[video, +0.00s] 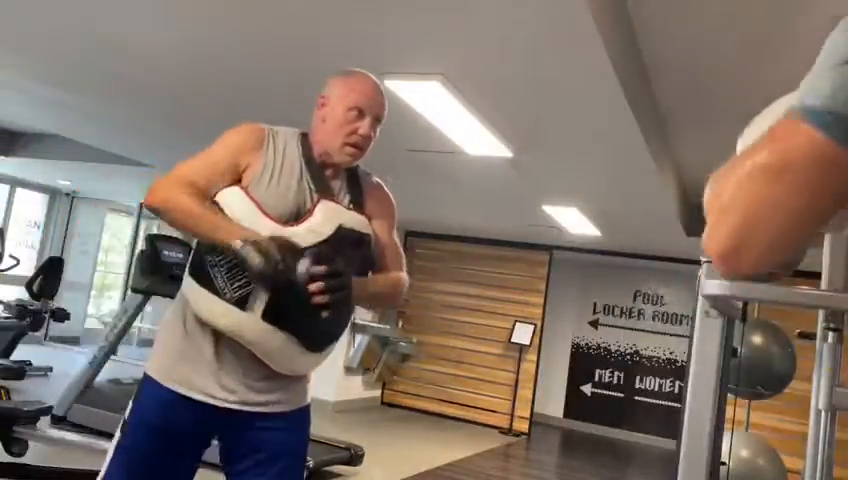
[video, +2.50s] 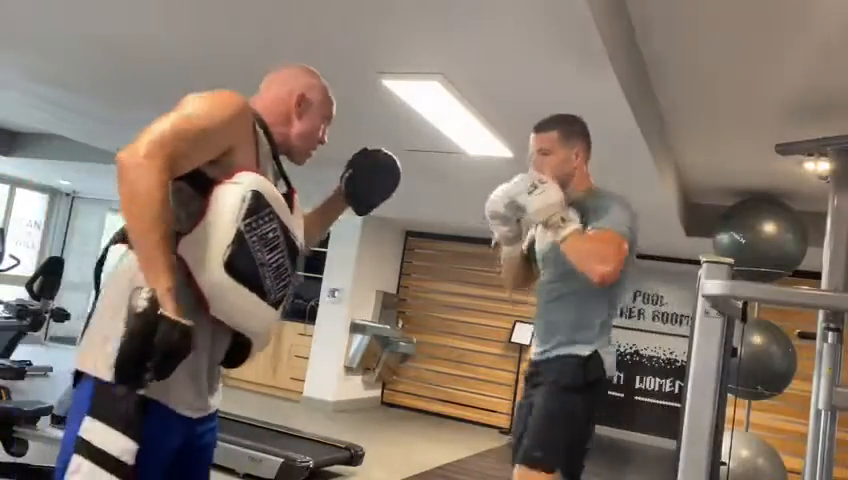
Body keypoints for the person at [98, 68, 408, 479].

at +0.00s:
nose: (367, 130)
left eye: (375, 122)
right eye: (357, 113)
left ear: (380, 131)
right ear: (322, 106)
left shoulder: (373, 196)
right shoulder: (253, 144)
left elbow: (397, 283)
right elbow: (165, 194)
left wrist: (352, 288)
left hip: (277, 399)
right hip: (183, 380)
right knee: (132, 474)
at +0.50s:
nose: (270, 109)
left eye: (278, 99)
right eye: (259, 91)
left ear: (282, 108)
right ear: (220, 88)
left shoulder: (281, 174)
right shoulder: (153, 140)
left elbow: (318, 268)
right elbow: (65, 207)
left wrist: (318, 229)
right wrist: (144, 238)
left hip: (229, 402)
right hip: (129, 395)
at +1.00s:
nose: (321, 119)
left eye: (327, 110)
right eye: (312, 101)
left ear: (327, 118)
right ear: (269, 91)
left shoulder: (309, 180)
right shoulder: (194, 127)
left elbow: (354, 262)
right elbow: (87, 186)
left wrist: (392, 198)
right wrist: (113, 286)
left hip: (232, 410)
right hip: (137, 400)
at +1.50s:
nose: (340, 121)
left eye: (345, 111)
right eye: (332, 103)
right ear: (285, 89)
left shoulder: (307, 179)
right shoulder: (201, 115)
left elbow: (361, 251)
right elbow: (77, 169)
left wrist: (401, 185)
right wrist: (75, 291)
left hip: (224, 418)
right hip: (126, 404)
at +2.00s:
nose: (265, 92)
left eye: (268, 78)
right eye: (263, 73)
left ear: (223, 54)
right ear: (223, 53)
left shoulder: (201, 143)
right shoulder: (124, 91)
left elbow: (249, 205)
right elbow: (18, 173)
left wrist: (307, 144)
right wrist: (66, 333)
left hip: (158, 398)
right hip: (83, 402)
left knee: (167, 475)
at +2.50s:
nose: (325, 137)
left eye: (329, 126)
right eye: (324, 121)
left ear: (295, 105)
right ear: (298, 103)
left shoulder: (275, 183)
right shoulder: (230, 111)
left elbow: (291, 241)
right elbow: (140, 161)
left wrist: (343, 198)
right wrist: (166, 299)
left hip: (196, 392)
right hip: (137, 378)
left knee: (187, 473)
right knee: (104, 474)